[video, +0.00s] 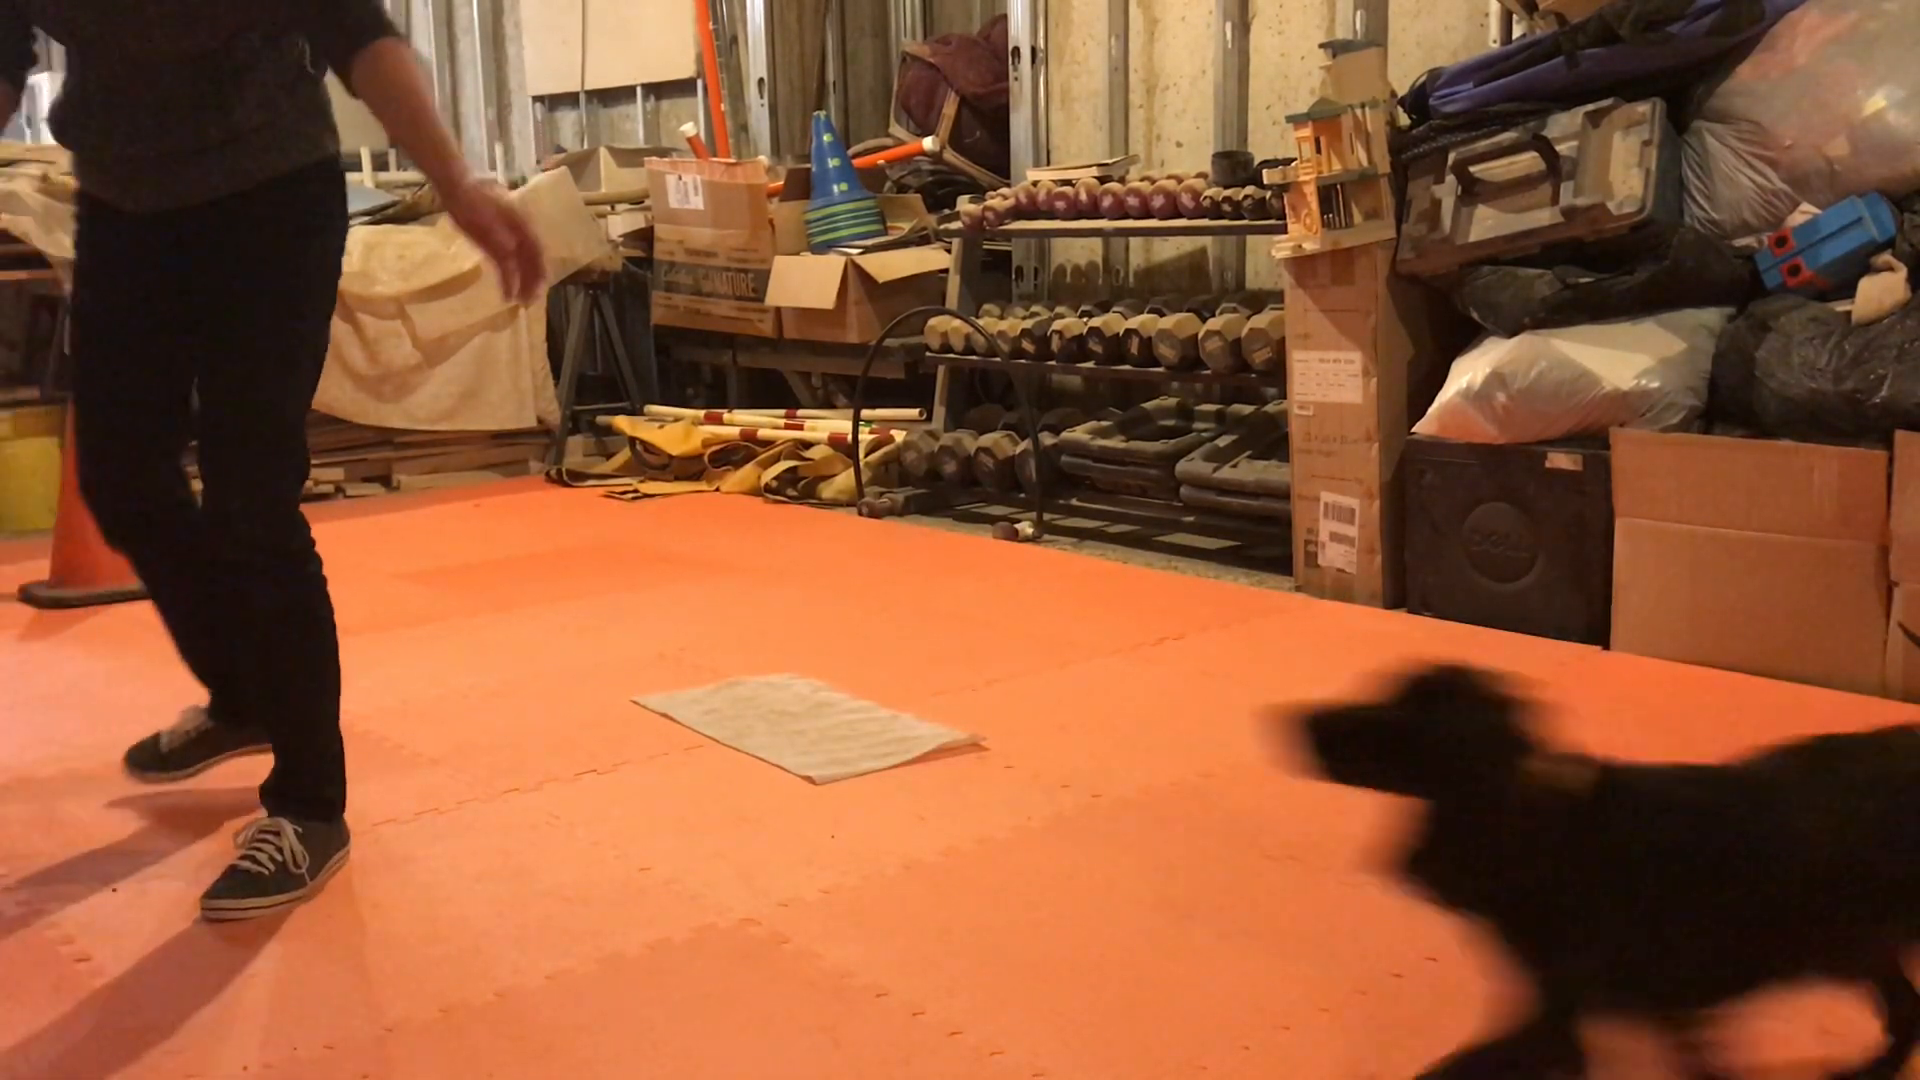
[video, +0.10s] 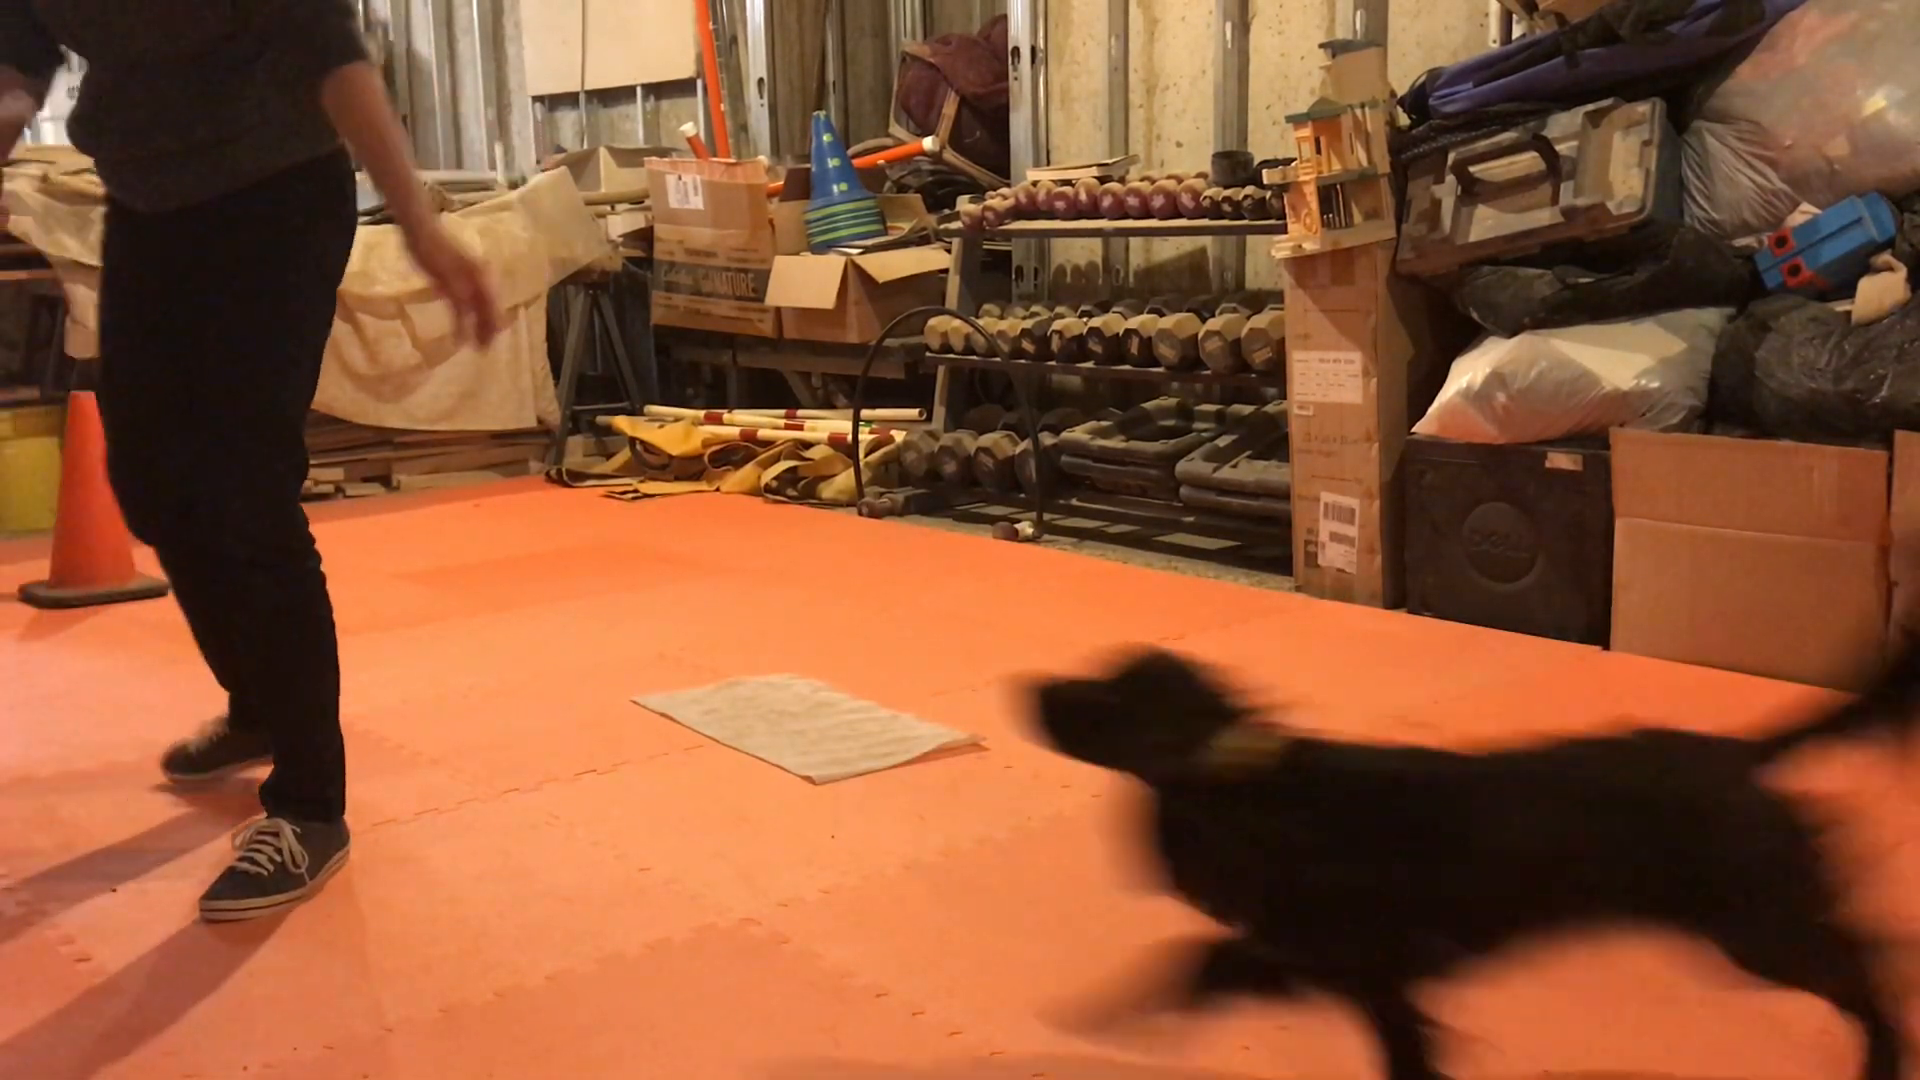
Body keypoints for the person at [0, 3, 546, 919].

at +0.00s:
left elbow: (355, 26)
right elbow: (5, 58)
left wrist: (457, 183)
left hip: (272, 187)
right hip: (123, 196)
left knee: (251, 500)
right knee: (121, 477)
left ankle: (310, 811)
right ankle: (245, 698)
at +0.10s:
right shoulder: (40, 8)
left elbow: (330, 44)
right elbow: (18, 66)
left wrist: (421, 225)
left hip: (279, 187)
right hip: (149, 203)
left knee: (248, 494)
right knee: (155, 486)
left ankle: (310, 811)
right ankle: (263, 706)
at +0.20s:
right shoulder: (58, 8)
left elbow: (298, 76)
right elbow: (41, 65)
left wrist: (365, 263)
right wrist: (11, 151)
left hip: (268, 201)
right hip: (167, 215)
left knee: (246, 492)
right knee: (178, 486)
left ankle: (309, 809)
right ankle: (270, 727)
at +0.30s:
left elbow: (255, 79)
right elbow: (88, 63)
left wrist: (291, 262)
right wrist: (18, 168)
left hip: (262, 194)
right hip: (184, 209)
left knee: (249, 499)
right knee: (193, 493)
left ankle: (311, 810)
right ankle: (278, 730)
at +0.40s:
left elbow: (207, 77)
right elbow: (134, 50)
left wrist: (223, 285)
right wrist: (63, 153)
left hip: (256, 185)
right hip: (192, 195)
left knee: (225, 487)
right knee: (204, 481)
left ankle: (308, 800)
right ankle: (277, 732)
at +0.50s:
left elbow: (144, 71)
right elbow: (158, 44)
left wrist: (137, 307)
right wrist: (96, 154)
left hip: (220, 176)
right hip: (247, 166)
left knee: (178, 471)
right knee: (225, 460)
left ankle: (277, 763)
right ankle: (294, 730)